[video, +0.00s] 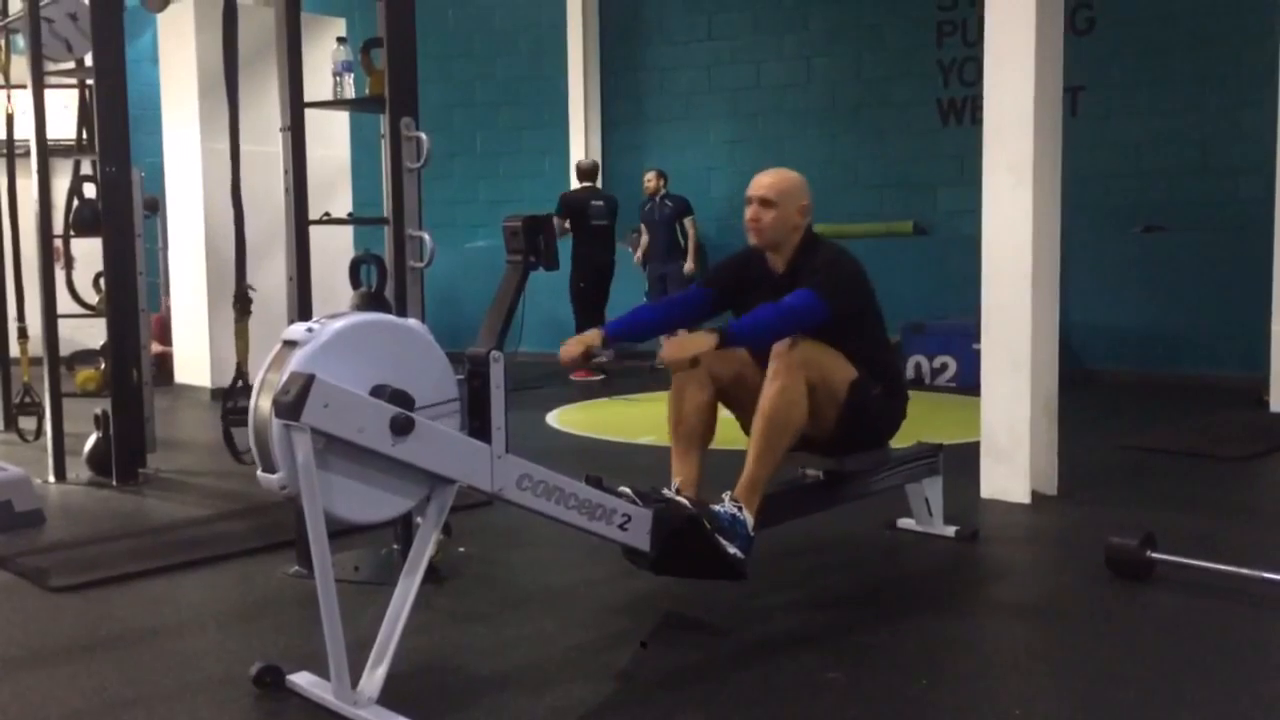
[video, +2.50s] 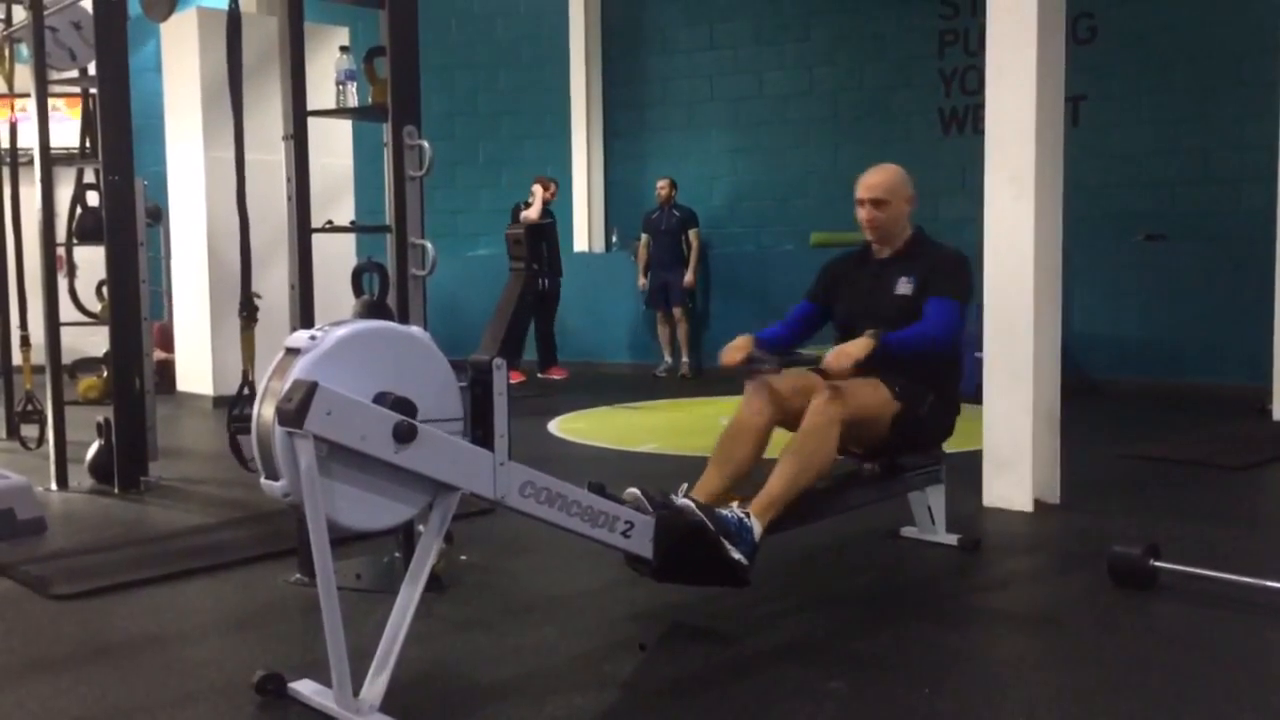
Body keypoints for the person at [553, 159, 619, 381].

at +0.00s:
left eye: (580, 173)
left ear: (577, 176)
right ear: (597, 175)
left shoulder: (568, 199)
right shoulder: (610, 200)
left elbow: (559, 229)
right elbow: (608, 227)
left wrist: (574, 226)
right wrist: (576, 224)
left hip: (582, 263)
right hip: (606, 262)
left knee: (582, 312)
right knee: (599, 309)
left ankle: (584, 364)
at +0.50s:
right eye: (579, 178)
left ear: (562, 177)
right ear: (580, 181)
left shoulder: (545, 198)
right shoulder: (586, 206)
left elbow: (533, 228)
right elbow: (586, 237)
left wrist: (536, 254)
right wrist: (571, 248)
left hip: (552, 263)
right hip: (576, 265)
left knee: (541, 308)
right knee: (569, 311)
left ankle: (563, 341)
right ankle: (558, 362)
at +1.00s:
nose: (563, 184)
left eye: (562, 181)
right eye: (560, 181)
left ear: (543, 184)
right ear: (549, 184)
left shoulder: (529, 203)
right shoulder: (556, 206)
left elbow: (539, 228)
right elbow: (568, 237)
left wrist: (567, 223)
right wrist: (573, 227)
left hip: (533, 266)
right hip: (553, 266)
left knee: (535, 311)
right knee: (562, 313)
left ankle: (524, 361)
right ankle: (560, 365)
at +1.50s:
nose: (543, 183)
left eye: (542, 179)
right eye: (538, 180)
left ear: (536, 185)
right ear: (527, 184)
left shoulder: (538, 209)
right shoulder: (520, 208)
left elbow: (539, 240)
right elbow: (524, 241)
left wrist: (554, 247)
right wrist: (553, 248)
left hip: (535, 269)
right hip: (523, 269)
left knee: (533, 318)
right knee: (526, 318)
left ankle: (531, 363)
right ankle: (524, 364)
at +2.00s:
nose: (535, 187)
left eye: (535, 184)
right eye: (530, 184)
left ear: (533, 187)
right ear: (518, 187)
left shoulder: (534, 212)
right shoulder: (505, 208)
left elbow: (538, 241)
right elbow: (519, 217)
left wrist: (543, 265)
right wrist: (521, 194)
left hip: (533, 272)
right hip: (512, 273)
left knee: (545, 316)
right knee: (510, 319)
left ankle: (536, 362)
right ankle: (509, 366)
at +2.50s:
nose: (552, 198)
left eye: (553, 195)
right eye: (550, 194)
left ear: (551, 196)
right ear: (539, 191)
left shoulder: (549, 215)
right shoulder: (521, 209)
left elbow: (552, 246)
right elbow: (532, 217)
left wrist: (556, 272)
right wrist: (537, 196)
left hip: (550, 276)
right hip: (528, 276)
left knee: (546, 324)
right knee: (519, 322)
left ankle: (548, 365)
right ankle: (511, 366)